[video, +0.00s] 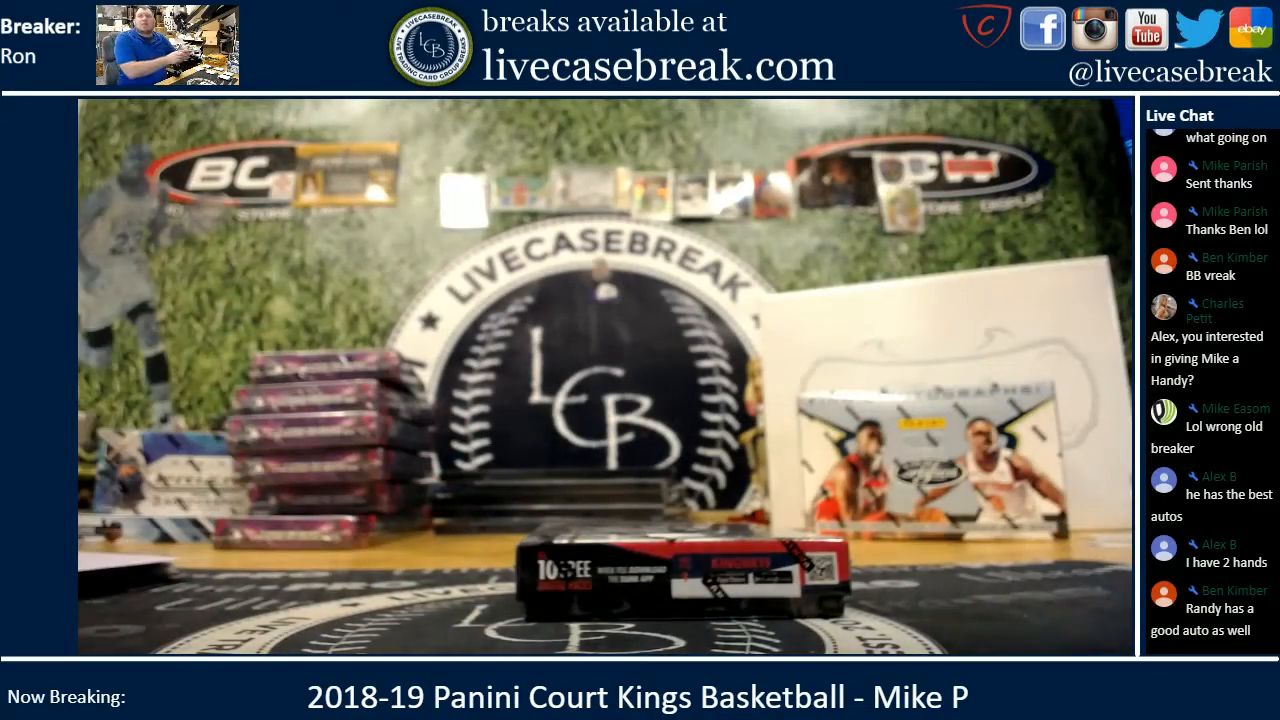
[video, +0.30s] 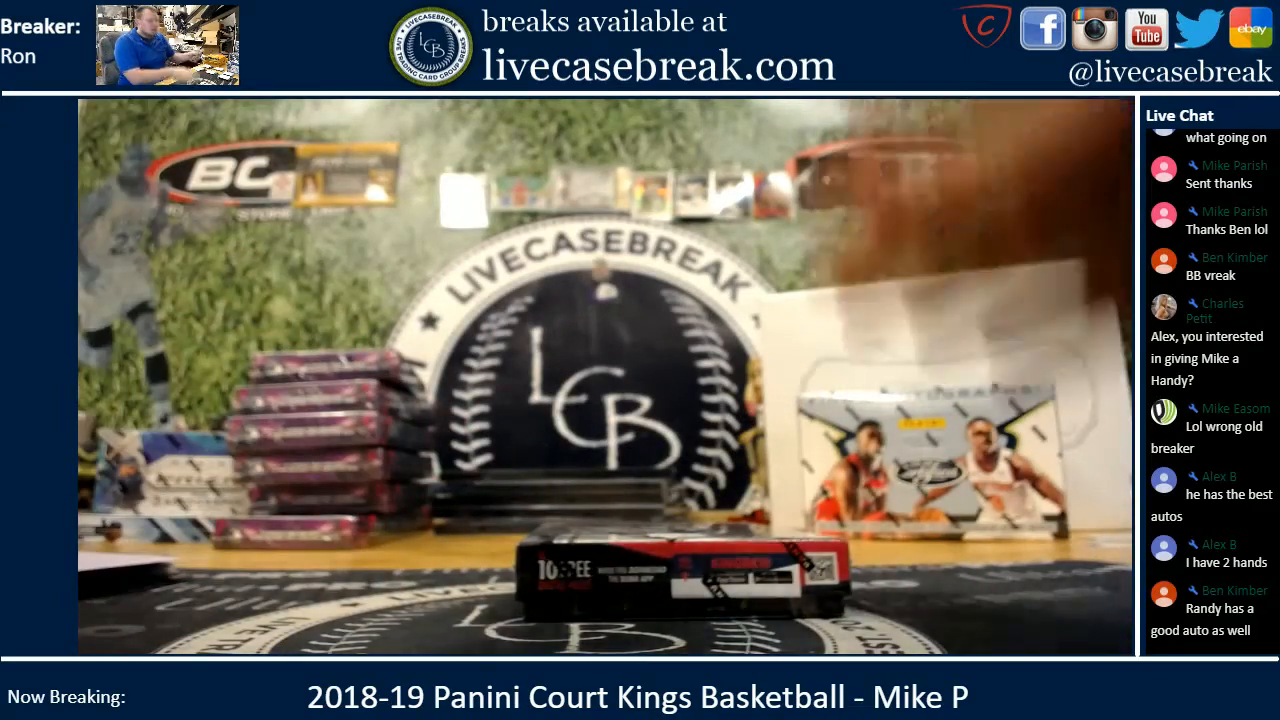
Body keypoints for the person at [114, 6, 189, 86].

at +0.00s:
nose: (144, 19)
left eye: (148, 16)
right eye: (140, 16)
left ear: (154, 21)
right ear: (134, 21)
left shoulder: (160, 38)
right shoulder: (124, 39)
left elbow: (172, 58)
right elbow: (131, 72)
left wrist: (181, 55)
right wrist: (167, 60)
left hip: (159, 92)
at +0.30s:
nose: (155, 25)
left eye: (157, 21)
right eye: (150, 21)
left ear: (159, 22)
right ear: (138, 22)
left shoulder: (160, 39)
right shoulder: (125, 43)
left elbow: (173, 57)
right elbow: (136, 78)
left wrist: (189, 56)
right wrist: (173, 71)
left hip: (160, 91)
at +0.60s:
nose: (157, 26)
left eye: (158, 22)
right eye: (153, 23)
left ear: (160, 22)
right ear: (139, 24)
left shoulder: (159, 38)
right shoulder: (126, 45)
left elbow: (173, 56)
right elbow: (140, 80)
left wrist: (190, 61)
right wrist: (181, 82)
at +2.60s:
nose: (157, 27)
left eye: (157, 22)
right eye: (151, 24)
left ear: (159, 22)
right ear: (136, 26)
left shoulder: (162, 38)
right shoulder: (124, 47)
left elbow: (179, 53)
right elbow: (142, 83)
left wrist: (196, 61)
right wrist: (182, 84)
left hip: (164, 94)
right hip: (137, 100)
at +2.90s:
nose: (156, 27)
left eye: (156, 22)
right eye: (150, 24)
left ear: (158, 21)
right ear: (136, 26)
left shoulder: (161, 37)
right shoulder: (124, 47)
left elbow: (179, 53)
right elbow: (142, 83)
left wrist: (196, 60)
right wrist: (182, 84)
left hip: (165, 92)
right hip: (139, 99)